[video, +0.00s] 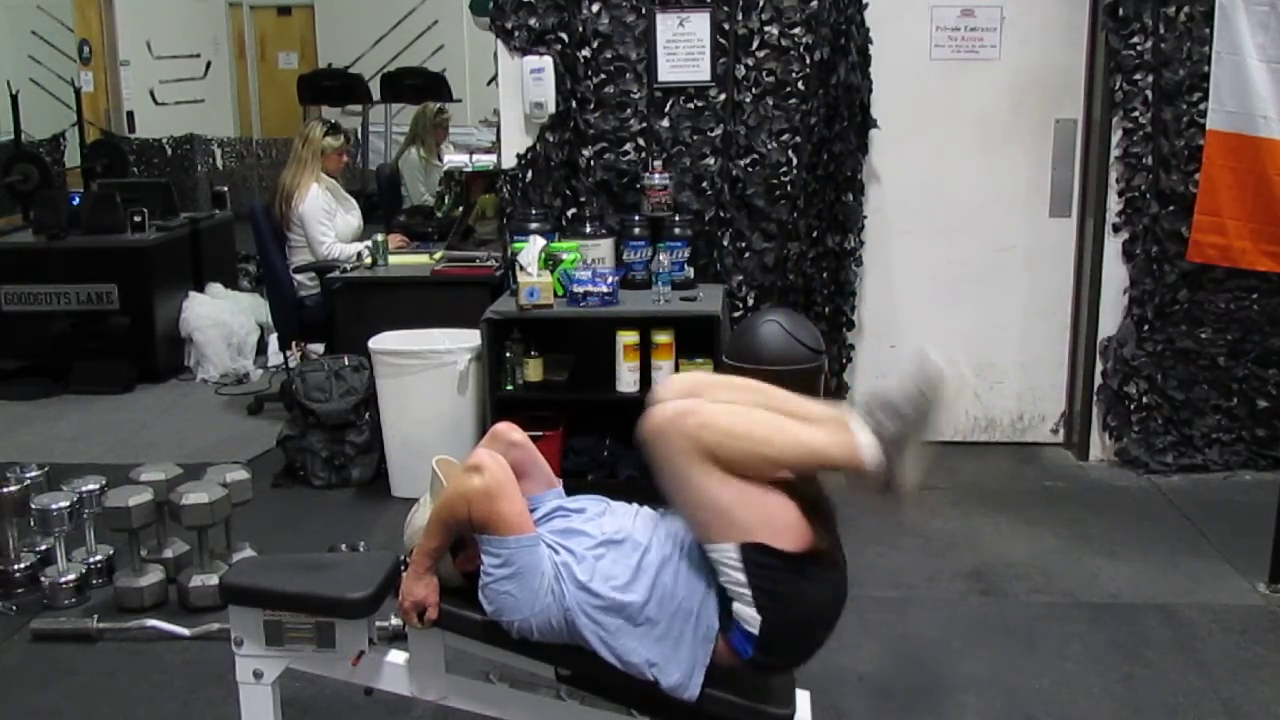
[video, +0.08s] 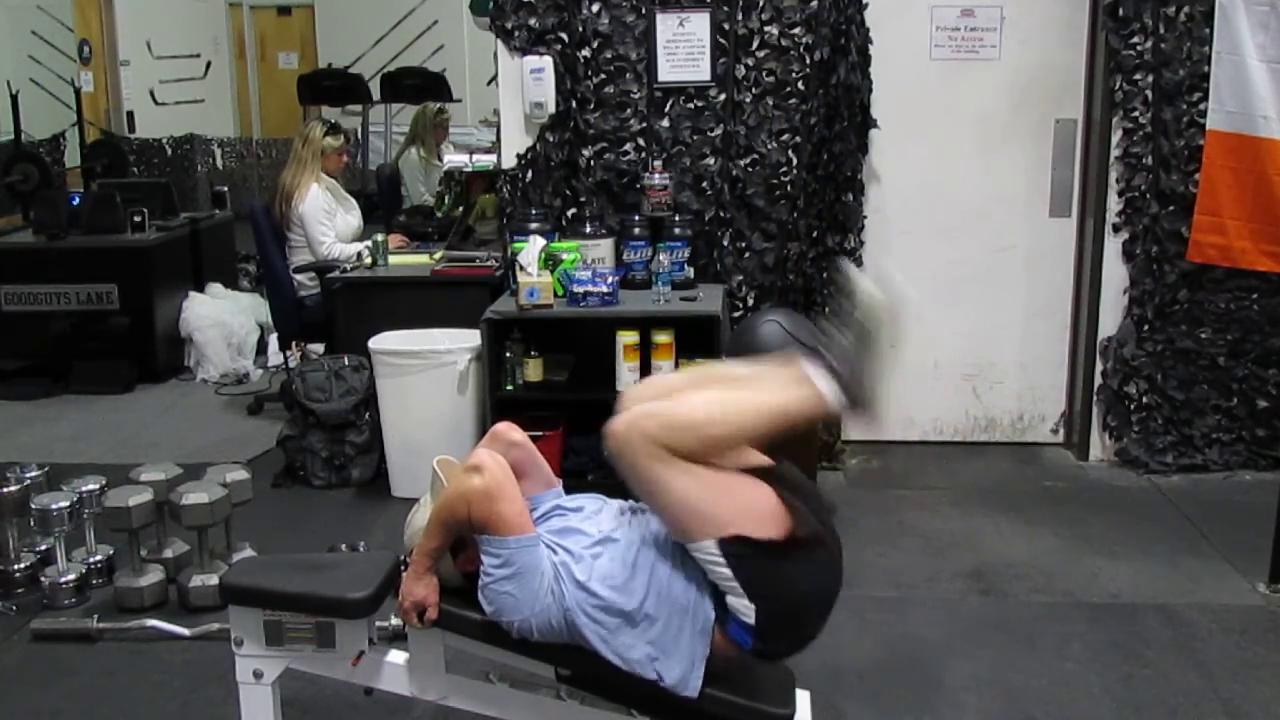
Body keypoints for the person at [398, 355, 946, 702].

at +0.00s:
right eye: (477, 497)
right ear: (476, 558)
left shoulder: (552, 516)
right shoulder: (519, 593)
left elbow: (507, 437)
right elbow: (475, 475)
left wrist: (465, 526)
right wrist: (423, 563)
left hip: (769, 572)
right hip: (759, 622)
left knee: (677, 390)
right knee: (667, 422)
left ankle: (866, 427)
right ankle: (867, 447)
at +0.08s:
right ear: (472, 558)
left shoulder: (554, 517)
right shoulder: (518, 590)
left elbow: (507, 438)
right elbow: (480, 477)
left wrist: (460, 518)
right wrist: (423, 563)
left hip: (780, 545)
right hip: (764, 602)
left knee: (642, 397)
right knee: (630, 433)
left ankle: (812, 378)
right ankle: (826, 381)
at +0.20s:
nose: (479, 462)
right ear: (474, 553)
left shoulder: (554, 514)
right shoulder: (518, 592)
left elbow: (507, 436)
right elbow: (479, 478)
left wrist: (456, 519)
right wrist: (425, 564)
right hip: (769, 575)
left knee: (636, 419)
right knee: (596, 431)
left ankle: (746, 276)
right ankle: (733, 277)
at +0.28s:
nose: (466, 468)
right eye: (461, 477)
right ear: (472, 557)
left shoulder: (549, 522)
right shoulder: (517, 589)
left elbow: (506, 437)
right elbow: (479, 482)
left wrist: (458, 519)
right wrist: (423, 563)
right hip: (763, 556)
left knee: (621, 405)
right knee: (586, 419)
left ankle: (652, 232)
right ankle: (644, 226)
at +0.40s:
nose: (474, 457)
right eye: (467, 470)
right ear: (471, 560)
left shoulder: (546, 517)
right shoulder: (517, 593)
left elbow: (508, 434)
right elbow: (475, 484)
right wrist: (421, 564)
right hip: (757, 528)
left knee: (572, 394)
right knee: (559, 406)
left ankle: (545, 205)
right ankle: (544, 206)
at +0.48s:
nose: (460, 472)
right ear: (476, 561)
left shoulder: (549, 521)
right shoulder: (519, 599)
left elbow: (508, 434)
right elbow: (477, 479)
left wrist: (458, 516)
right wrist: (422, 565)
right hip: (746, 512)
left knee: (561, 382)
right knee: (545, 398)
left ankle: (505, 210)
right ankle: (494, 210)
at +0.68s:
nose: (474, 541)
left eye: (469, 543)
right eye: (470, 544)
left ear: (473, 550)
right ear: (474, 564)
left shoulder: (547, 534)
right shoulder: (518, 598)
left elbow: (510, 435)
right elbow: (481, 484)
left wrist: (452, 518)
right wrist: (422, 565)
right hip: (719, 470)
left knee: (518, 354)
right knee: (512, 366)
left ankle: (415, 189)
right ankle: (414, 188)